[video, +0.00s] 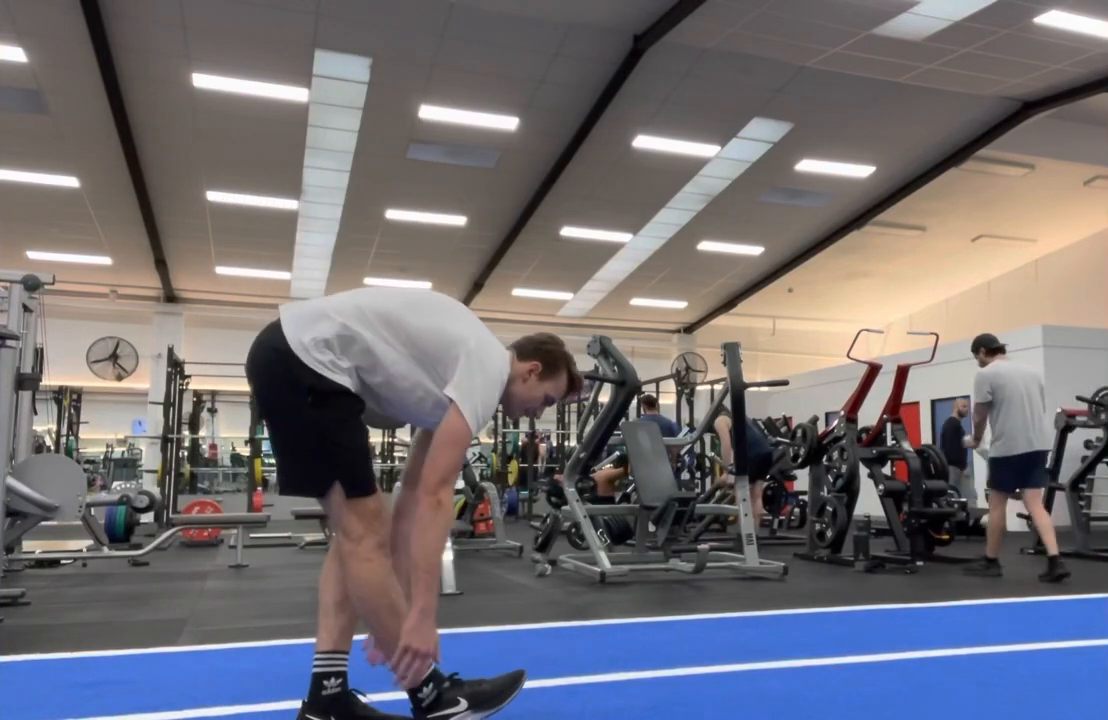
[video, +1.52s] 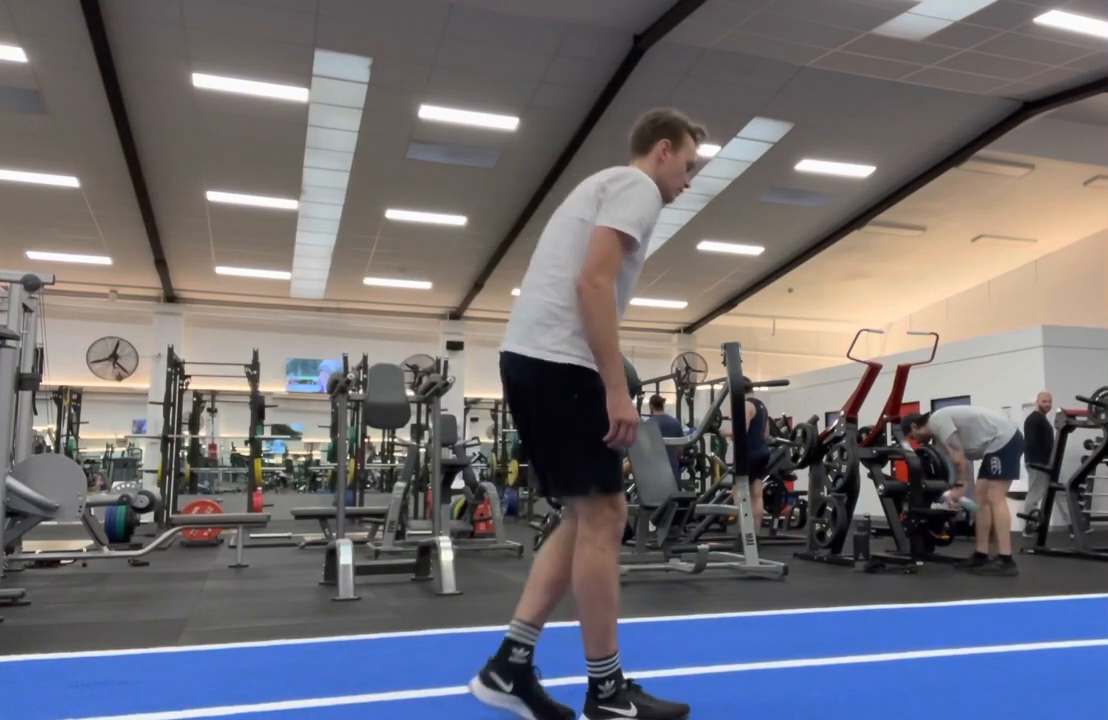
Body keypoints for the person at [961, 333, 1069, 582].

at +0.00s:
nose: (977, 362)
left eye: (976, 358)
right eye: (975, 358)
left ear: (982, 352)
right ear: (1002, 350)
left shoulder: (986, 374)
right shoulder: (1031, 372)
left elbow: (980, 416)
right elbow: (1041, 408)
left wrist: (976, 440)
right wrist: (1029, 434)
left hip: (1006, 448)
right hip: (1039, 445)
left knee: (997, 504)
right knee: (1035, 504)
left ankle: (990, 560)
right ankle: (1056, 561)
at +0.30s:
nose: (945, 380)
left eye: (944, 375)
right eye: (943, 376)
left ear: (949, 368)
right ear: (965, 364)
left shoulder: (956, 386)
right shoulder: (989, 376)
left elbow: (956, 431)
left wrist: (954, 460)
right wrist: (969, 456)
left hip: (992, 442)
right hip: (1018, 438)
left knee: (981, 498)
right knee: (998, 495)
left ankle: (989, 558)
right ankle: (1012, 552)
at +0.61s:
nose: (928, 405)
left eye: (927, 400)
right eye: (926, 402)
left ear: (931, 392)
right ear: (942, 388)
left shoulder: (943, 404)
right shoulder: (963, 394)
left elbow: (945, 446)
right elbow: (987, 430)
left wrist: (944, 478)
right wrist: (974, 463)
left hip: (993, 444)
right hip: (1010, 441)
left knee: (974, 498)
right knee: (985, 498)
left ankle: (988, 558)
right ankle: (982, 552)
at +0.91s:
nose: (920, 418)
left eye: (917, 414)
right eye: (917, 416)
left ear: (921, 406)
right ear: (928, 402)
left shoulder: (938, 411)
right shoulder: (952, 406)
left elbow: (944, 453)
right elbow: (962, 456)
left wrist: (944, 482)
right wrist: (947, 480)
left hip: (995, 442)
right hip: (1007, 439)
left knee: (976, 497)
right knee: (980, 499)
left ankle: (997, 555)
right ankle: (981, 554)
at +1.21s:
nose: (916, 434)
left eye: (913, 429)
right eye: (912, 431)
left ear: (917, 419)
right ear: (918, 420)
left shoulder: (937, 417)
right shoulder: (938, 426)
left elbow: (953, 457)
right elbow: (946, 465)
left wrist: (953, 487)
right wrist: (937, 496)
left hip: (1004, 438)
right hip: (992, 443)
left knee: (992, 495)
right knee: (980, 496)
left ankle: (1005, 559)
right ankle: (981, 554)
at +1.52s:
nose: (916, 441)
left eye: (913, 436)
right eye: (912, 439)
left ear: (915, 427)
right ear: (917, 425)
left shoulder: (938, 420)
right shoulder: (938, 430)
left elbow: (959, 457)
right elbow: (960, 460)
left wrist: (959, 487)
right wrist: (959, 491)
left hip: (1006, 440)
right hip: (991, 445)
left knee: (996, 496)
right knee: (981, 496)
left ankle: (1005, 559)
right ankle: (981, 554)